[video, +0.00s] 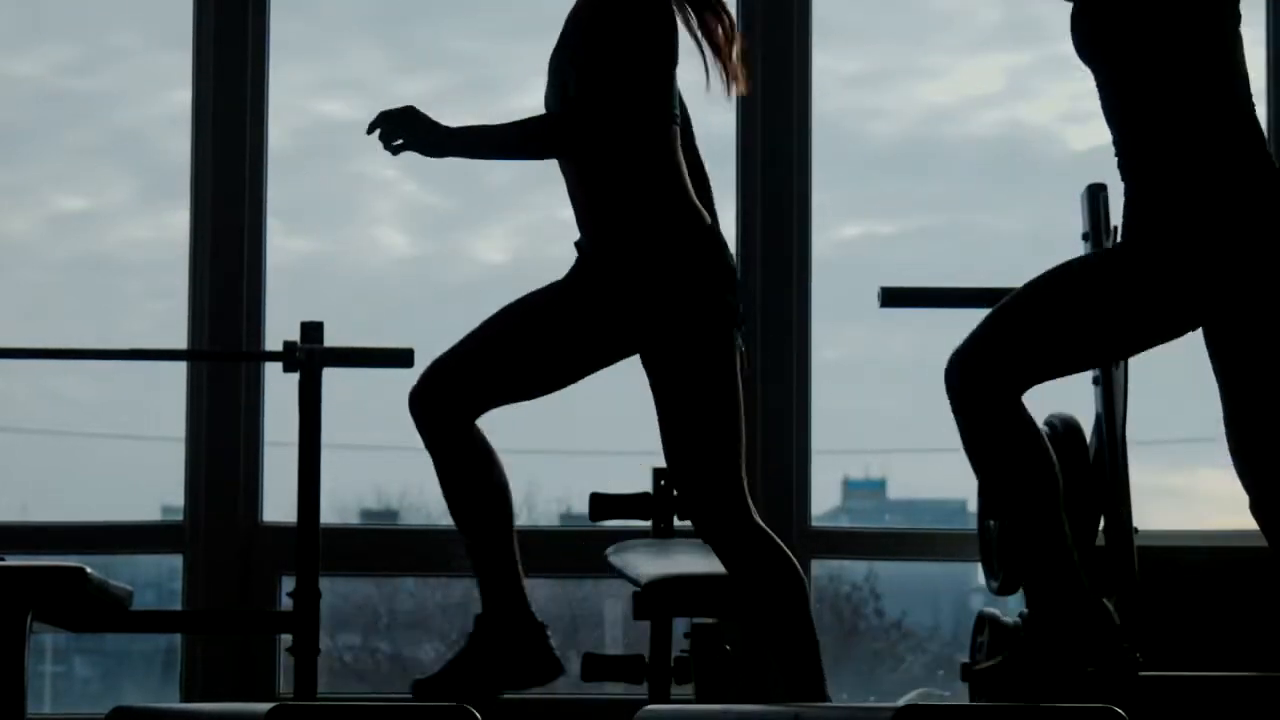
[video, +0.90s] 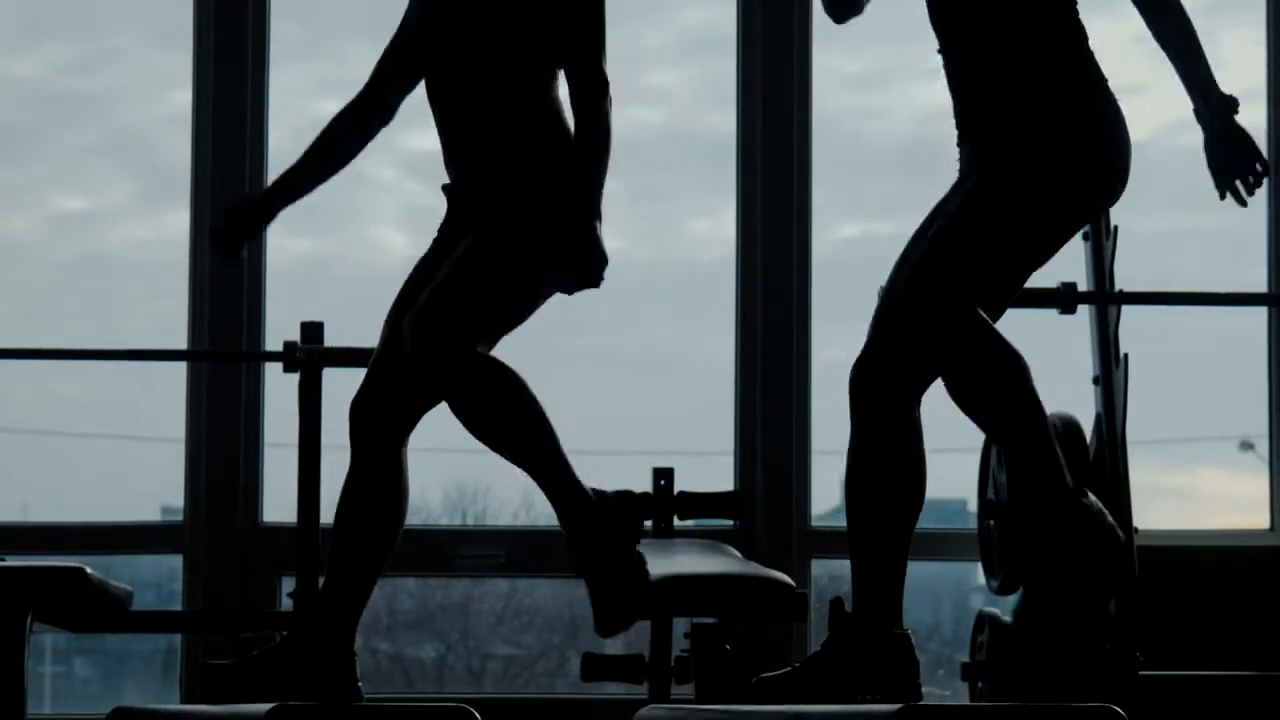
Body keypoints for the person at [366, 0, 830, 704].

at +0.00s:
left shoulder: (624, 14)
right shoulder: (608, 16)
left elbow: (583, 133)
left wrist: (446, 138)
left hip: (672, 280)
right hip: (615, 277)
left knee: (720, 505)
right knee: (439, 401)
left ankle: (804, 693)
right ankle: (509, 631)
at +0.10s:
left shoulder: (593, 22)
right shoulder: (578, 26)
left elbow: (523, 137)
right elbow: (661, 185)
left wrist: (372, 150)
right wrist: (707, 316)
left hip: (651, 298)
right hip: (587, 294)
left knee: (721, 505)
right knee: (402, 387)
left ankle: (801, 692)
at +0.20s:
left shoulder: (544, 39)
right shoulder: (527, 41)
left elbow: (460, 165)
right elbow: (457, 169)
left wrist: (324, 208)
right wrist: (328, 208)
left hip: (602, 315)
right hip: (539, 313)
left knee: (700, 517)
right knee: (363, 413)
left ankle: (815, 694)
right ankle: (323, 657)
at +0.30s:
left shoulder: (486, 15)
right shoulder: (497, 14)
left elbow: (473, 163)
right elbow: (480, 166)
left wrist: (389, 259)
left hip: (506, 274)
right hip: (563, 275)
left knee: (328, 408)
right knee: (605, 502)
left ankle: (318, 646)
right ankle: (733, 669)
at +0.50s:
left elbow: (605, 60)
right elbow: (259, 44)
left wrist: (661, 188)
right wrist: (122, 57)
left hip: (525, 192)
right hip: (455, 199)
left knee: (368, 252)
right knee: (348, 413)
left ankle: (494, 489)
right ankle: (321, 654)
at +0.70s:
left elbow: (634, 50)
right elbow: (252, 9)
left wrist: (726, 172)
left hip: (518, 180)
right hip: (444, 157)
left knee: (343, 416)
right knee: (339, 88)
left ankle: (323, 654)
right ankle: (407, 304)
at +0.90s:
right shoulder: (434, 8)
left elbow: (592, 100)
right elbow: (370, 110)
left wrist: (584, 219)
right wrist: (270, 199)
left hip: (541, 219)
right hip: (471, 220)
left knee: (448, 349)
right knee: (377, 416)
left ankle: (589, 525)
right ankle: (326, 646)